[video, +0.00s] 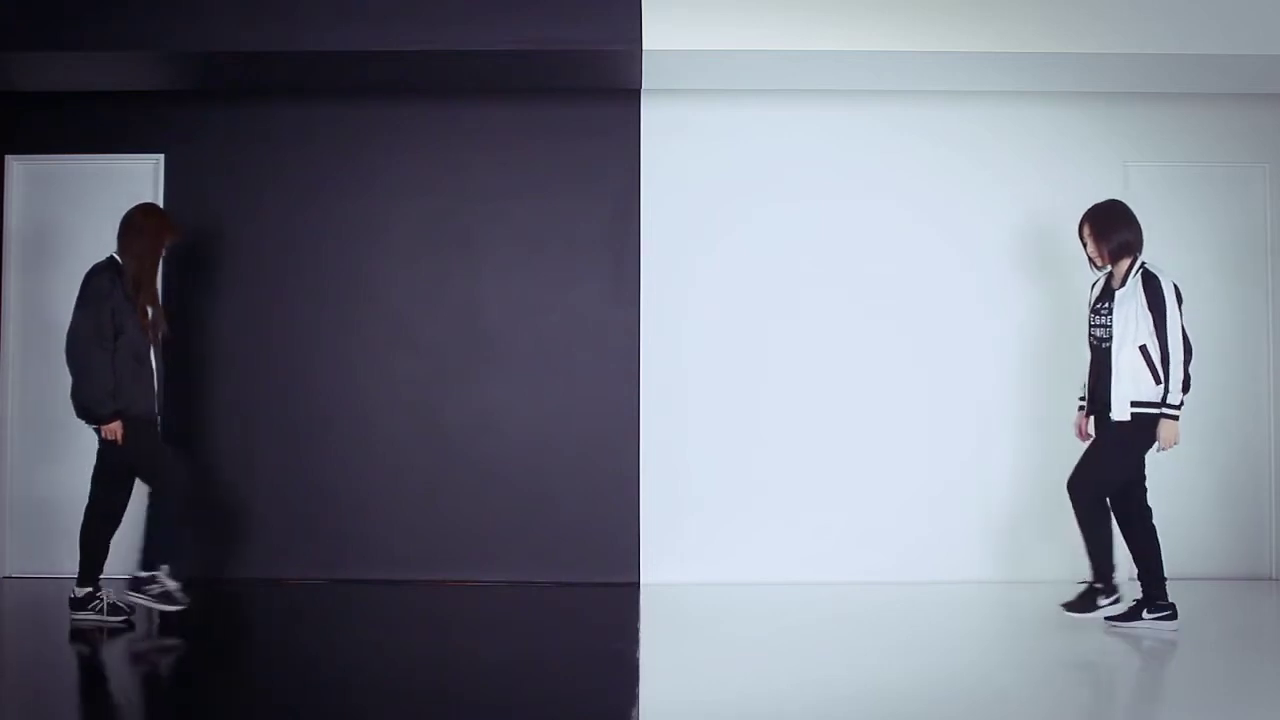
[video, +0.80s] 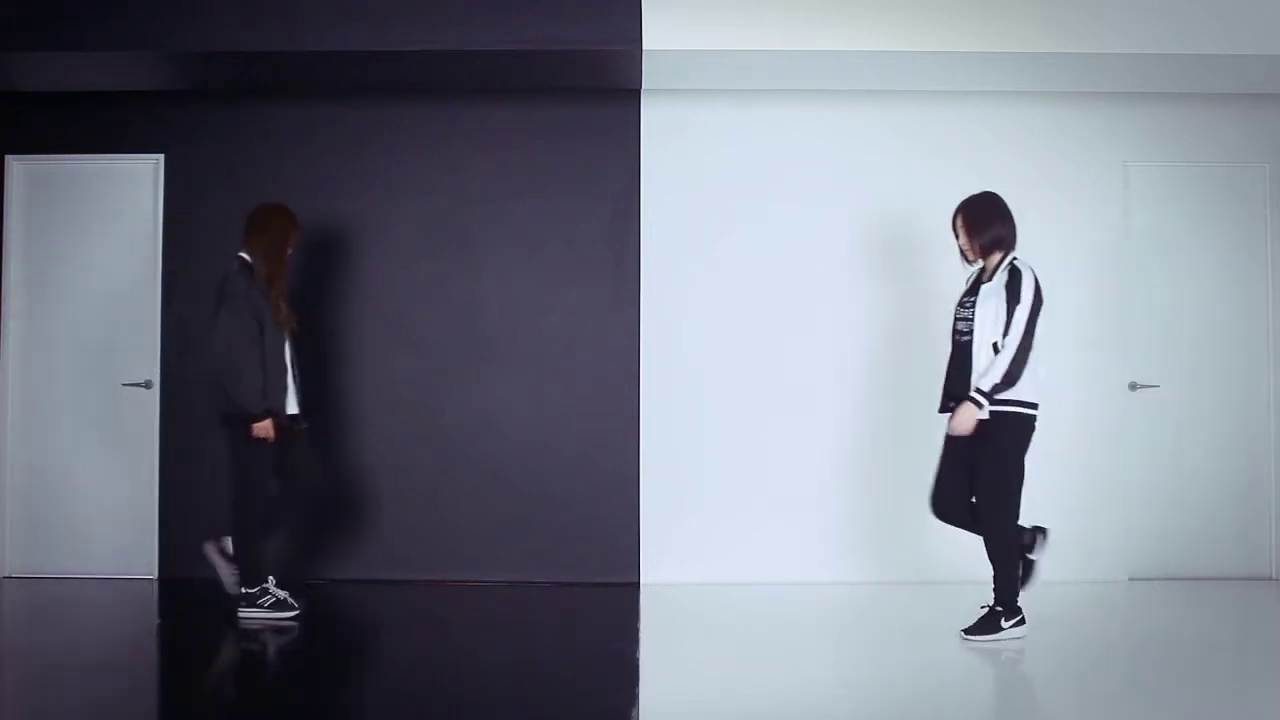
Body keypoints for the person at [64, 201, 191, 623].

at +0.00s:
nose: (162, 255)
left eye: (164, 247)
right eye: (160, 246)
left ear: (136, 240)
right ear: (142, 242)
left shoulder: (132, 282)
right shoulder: (103, 278)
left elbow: (135, 347)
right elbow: (85, 348)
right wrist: (104, 412)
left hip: (136, 415)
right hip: (122, 417)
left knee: (105, 508)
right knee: (173, 481)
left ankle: (86, 593)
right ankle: (151, 573)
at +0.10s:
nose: (173, 255)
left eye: (175, 246)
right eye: (169, 245)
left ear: (152, 244)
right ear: (149, 242)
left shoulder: (155, 285)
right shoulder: (113, 280)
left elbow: (164, 355)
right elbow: (94, 350)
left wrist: (176, 411)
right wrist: (112, 414)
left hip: (148, 418)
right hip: (133, 419)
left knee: (107, 511)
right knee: (182, 487)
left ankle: (86, 593)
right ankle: (195, 576)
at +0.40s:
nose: (214, 263)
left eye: (215, 254)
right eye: (210, 254)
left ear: (188, 250)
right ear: (190, 250)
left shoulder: (185, 294)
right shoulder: (158, 290)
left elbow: (185, 364)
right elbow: (143, 361)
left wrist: (193, 424)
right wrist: (156, 425)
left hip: (180, 427)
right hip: (171, 429)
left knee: (130, 512)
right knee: (205, 511)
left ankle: (89, 590)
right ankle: (244, 587)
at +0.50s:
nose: (233, 260)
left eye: (234, 251)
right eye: (229, 251)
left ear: (204, 248)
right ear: (210, 249)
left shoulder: (209, 290)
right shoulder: (179, 290)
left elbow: (213, 359)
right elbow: (166, 359)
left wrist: (225, 418)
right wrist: (180, 422)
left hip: (213, 421)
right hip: (192, 423)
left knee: (154, 503)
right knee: (226, 506)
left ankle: (100, 582)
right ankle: (251, 590)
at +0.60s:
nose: (253, 257)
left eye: (255, 249)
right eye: (249, 248)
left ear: (226, 247)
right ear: (229, 246)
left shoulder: (232, 288)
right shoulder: (199, 287)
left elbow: (238, 360)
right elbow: (194, 358)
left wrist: (251, 414)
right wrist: (209, 416)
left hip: (241, 420)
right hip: (220, 423)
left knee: (197, 501)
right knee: (239, 504)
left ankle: (131, 565)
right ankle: (253, 590)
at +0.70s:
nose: (273, 254)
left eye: (274, 245)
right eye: (269, 244)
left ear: (242, 240)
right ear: (252, 242)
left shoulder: (248, 284)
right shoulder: (223, 285)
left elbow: (258, 357)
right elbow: (220, 355)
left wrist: (273, 412)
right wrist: (235, 413)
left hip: (260, 416)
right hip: (241, 418)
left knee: (245, 501)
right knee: (248, 503)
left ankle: (181, 553)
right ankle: (253, 592)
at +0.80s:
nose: (291, 253)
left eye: (292, 245)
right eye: (288, 244)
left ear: (259, 238)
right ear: (272, 241)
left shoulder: (261, 281)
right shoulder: (240, 281)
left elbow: (271, 352)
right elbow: (240, 351)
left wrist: (289, 408)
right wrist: (256, 410)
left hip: (279, 413)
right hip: (257, 415)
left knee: (295, 491)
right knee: (258, 497)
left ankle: (233, 546)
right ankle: (256, 591)